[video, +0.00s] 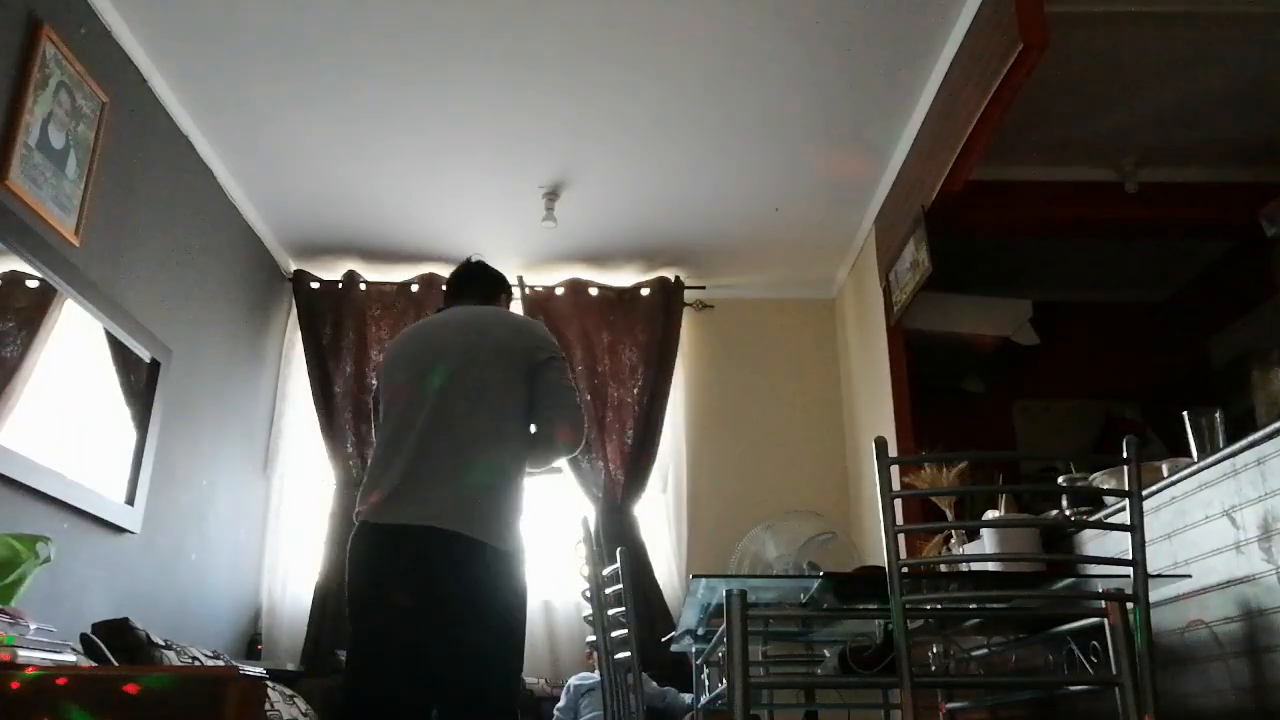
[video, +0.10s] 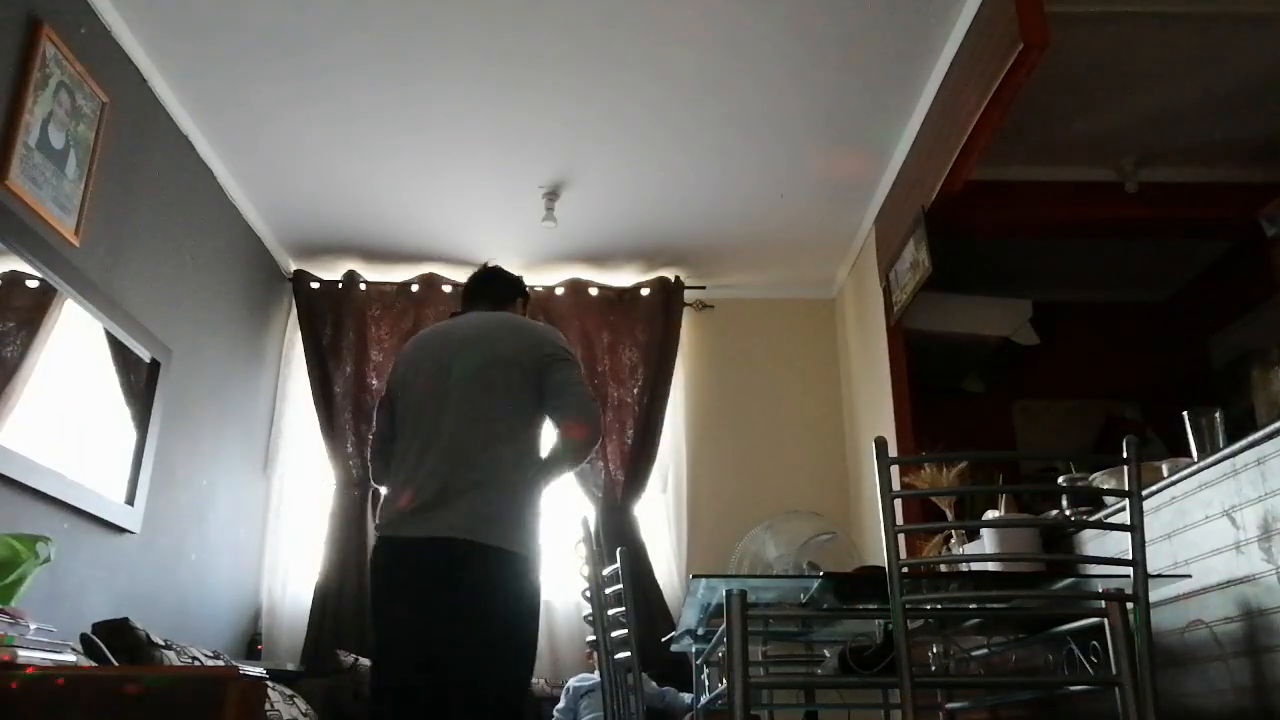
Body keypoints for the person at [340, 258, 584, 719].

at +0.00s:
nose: (513, 310)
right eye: (511, 304)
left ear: (444, 299)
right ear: (505, 301)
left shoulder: (401, 341)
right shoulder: (529, 334)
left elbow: (384, 437)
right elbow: (565, 432)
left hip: (380, 543)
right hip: (477, 549)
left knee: (380, 694)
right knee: (480, 701)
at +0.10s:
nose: (528, 314)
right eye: (527, 308)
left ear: (460, 305)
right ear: (520, 305)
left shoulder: (416, 347)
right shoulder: (540, 340)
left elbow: (381, 465)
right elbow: (583, 429)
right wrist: (537, 476)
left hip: (403, 555)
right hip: (496, 557)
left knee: (402, 698)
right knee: (491, 703)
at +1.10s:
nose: (600, 497)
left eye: (608, 490)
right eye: (606, 485)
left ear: (573, 453)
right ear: (597, 466)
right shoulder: (558, 471)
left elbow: (508, 595)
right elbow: (536, 573)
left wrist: (533, 673)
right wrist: (560, 653)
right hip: (433, 597)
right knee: (485, 707)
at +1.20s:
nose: (615, 525)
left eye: (621, 515)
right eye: (619, 511)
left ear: (585, 481)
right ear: (608, 496)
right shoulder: (561, 497)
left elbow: (503, 602)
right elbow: (535, 600)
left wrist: (531, 677)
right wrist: (553, 682)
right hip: (426, 597)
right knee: (471, 707)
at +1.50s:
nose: (612, 564)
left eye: (620, 556)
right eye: (619, 552)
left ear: (595, 517)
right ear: (608, 532)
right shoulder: (564, 539)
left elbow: (496, 626)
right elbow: (528, 641)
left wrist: (512, 676)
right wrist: (550, 704)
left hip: (396, 600)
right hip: (434, 609)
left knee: (435, 710)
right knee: (475, 711)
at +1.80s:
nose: (581, 537)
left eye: (591, 534)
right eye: (590, 528)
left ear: (582, 495)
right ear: (586, 499)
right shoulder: (540, 499)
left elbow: (504, 608)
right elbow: (505, 607)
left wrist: (555, 668)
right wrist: (526, 701)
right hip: (414, 603)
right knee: (468, 709)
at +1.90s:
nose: (582, 530)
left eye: (591, 525)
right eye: (591, 520)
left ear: (579, 488)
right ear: (582, 493)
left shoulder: (528, 499)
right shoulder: (524, 494)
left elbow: (507, 600)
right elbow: (494, 605)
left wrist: (552, 667)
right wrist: (527, 695)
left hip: (426, 605)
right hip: (399, 604)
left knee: (474, 708)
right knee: (462, 710)